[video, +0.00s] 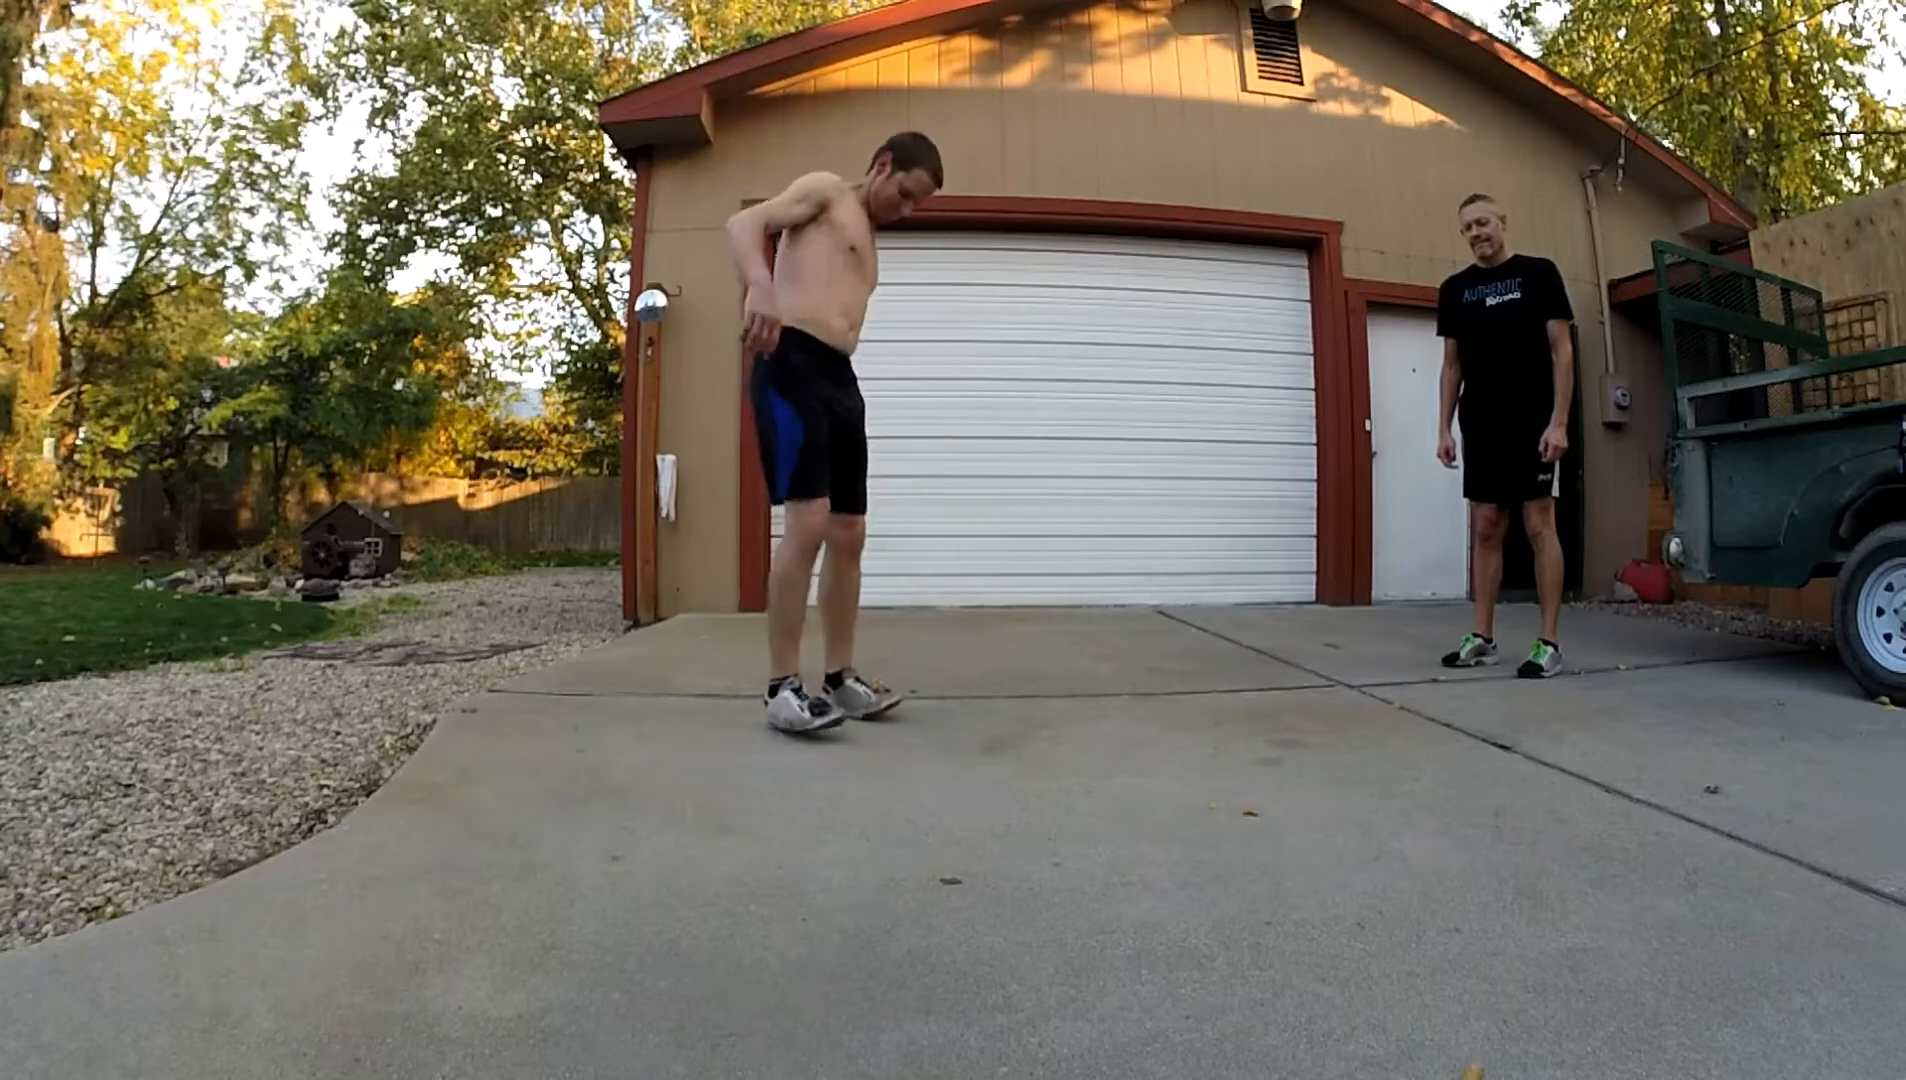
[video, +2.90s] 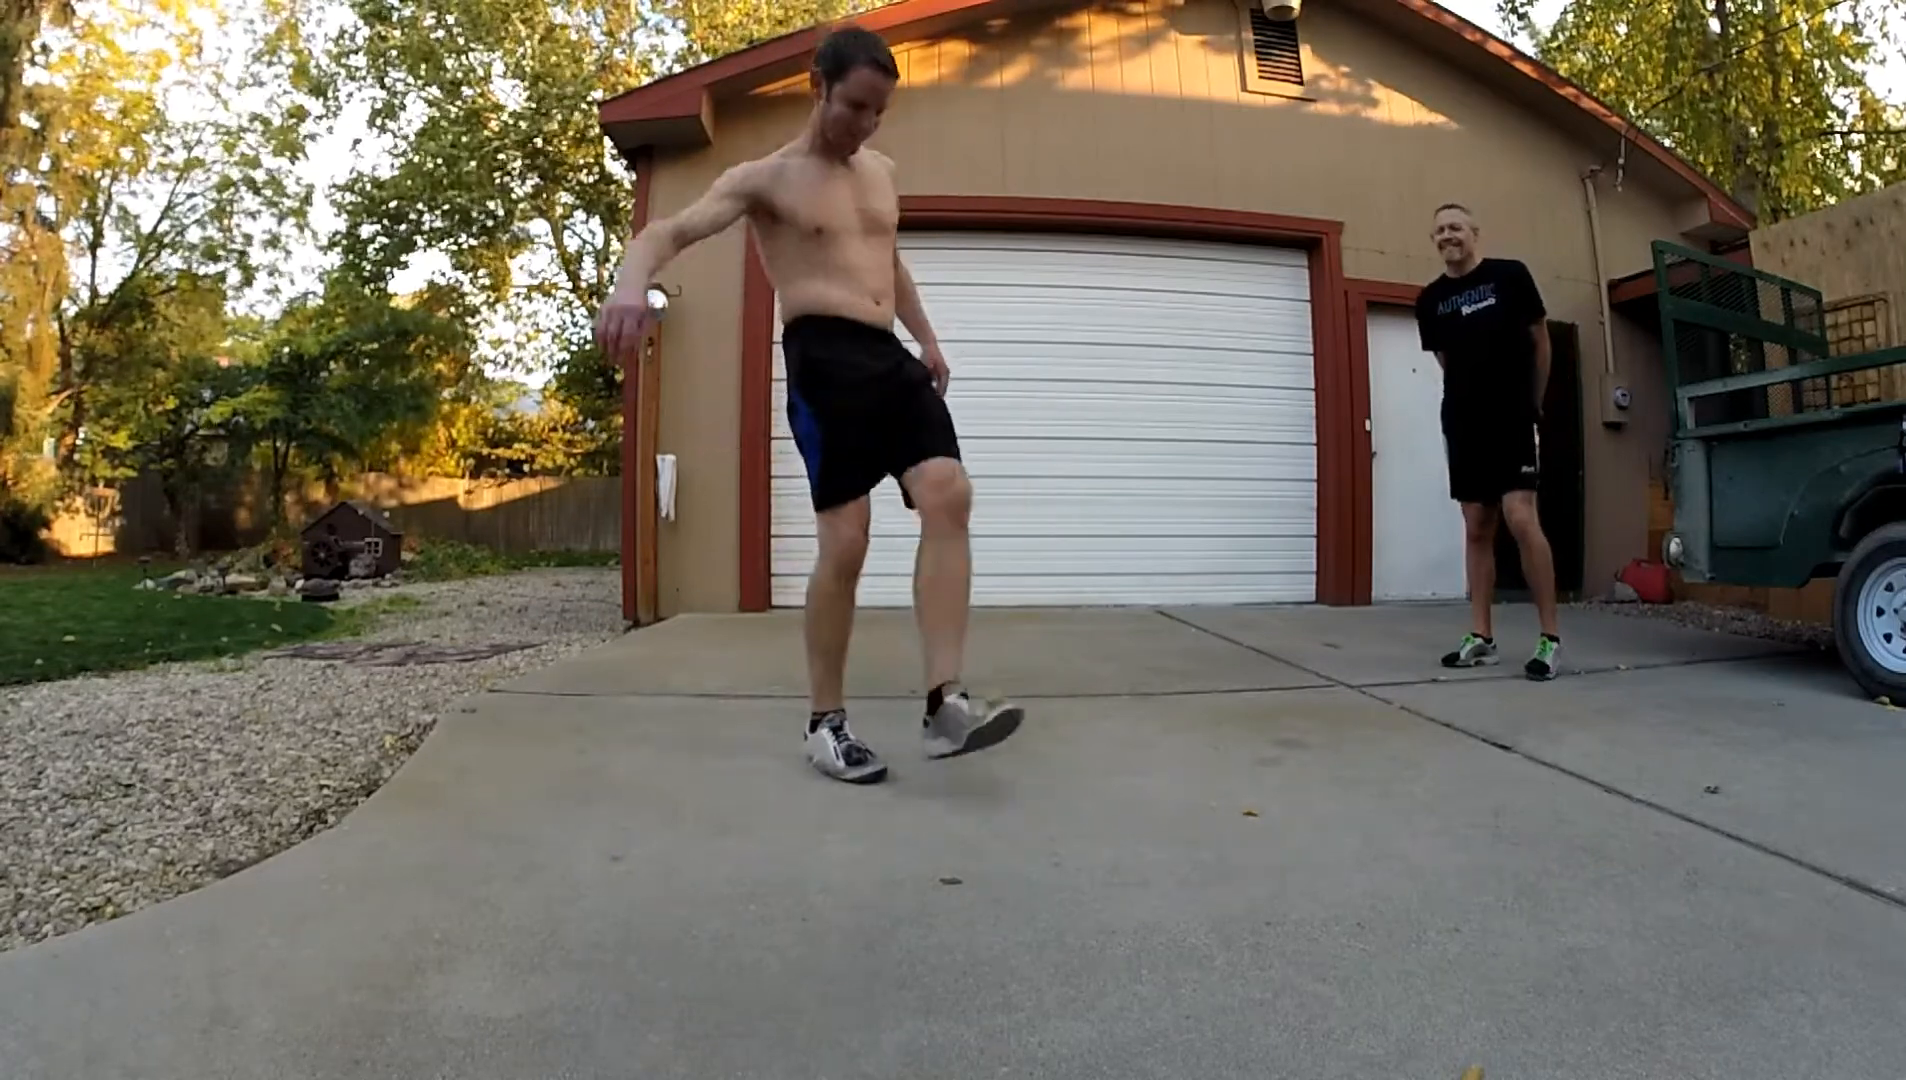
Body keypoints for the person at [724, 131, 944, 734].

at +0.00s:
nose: (907, 211)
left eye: (915, 204)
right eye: (907, 196)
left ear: (898, 185)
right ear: (883, 166)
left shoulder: (866, 234)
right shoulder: (827, 187)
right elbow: (744, 222)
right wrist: (761, 284)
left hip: (838, 372)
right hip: (792, 360)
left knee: (848, 532)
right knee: (808, 523)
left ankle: (839, 680)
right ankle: (783, 690)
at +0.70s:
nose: (926, 212)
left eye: (939, 205)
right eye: (923, 196)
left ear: (947, 198)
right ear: (902, 168)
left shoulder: (914, 251)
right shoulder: (836, 204)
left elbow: (891, 329)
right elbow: (751, 247)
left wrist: (896, 408)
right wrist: (757, 315)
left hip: (850, 382)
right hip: (791, 361)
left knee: (860, 530)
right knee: (829, 471)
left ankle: (843, 674)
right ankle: (805, 634)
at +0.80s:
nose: (930, 217)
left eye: (943, 210)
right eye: (928, 200)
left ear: (955, 205)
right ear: (908, 171)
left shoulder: (921, 254)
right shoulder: (842, 202)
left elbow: (904, 332)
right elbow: (750, 231)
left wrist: (915, 407)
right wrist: (746, 303)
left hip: (844, 372)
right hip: (784, 347)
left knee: (844, 525)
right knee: (834, 372)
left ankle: (842, 679)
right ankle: (837, 529)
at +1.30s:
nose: (908, 183)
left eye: (920, 174)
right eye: (902, 167)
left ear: (929, 168)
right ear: (877, 146)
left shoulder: (913, 238)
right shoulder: (822, 194)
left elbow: (913, 318)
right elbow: (734, 228)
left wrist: (938, 390)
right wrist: (714, 289)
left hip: (862, 369)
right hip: (801, 349)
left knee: (854, 517)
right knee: (868, 425)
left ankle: (841, 680)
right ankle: (853, 605)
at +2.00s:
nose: (833, 136)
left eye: (845, 123)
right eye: (822, 121)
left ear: (860, 109)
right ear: (793, 96)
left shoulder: (868, 151)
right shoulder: (757, 181)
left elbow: (890, 232)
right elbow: (720, 290)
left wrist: (928, 300)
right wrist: (710, 395)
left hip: (880, 358)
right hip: (818, 360)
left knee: (877, 527)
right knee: (824, 533)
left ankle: (856, 676)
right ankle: (820, 715)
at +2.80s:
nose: (859, 110)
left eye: (870, 96)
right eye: (848, 92)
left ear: (880, 88)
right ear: (810, 72)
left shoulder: (879, 152)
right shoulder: (760, 168)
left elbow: (888, 247)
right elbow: (674, 255)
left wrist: (925, 322)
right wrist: (644, 340)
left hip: (887, 352)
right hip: (821, 352)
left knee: (921, 526)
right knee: (844, 538)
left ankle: (911, 715)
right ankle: (828, 724)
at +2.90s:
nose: (867, 125)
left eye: (878, 111)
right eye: (857, 107)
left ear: (887, 105)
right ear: (819, 89)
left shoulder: (878, 170)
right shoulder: (766, 175)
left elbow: (889, 263)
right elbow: (668, 232)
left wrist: (927, 342)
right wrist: (630, 285)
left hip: (887, 359)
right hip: (821, 357)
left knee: (948, 494)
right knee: (845, 540)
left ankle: (946, 703)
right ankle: (827, 725)